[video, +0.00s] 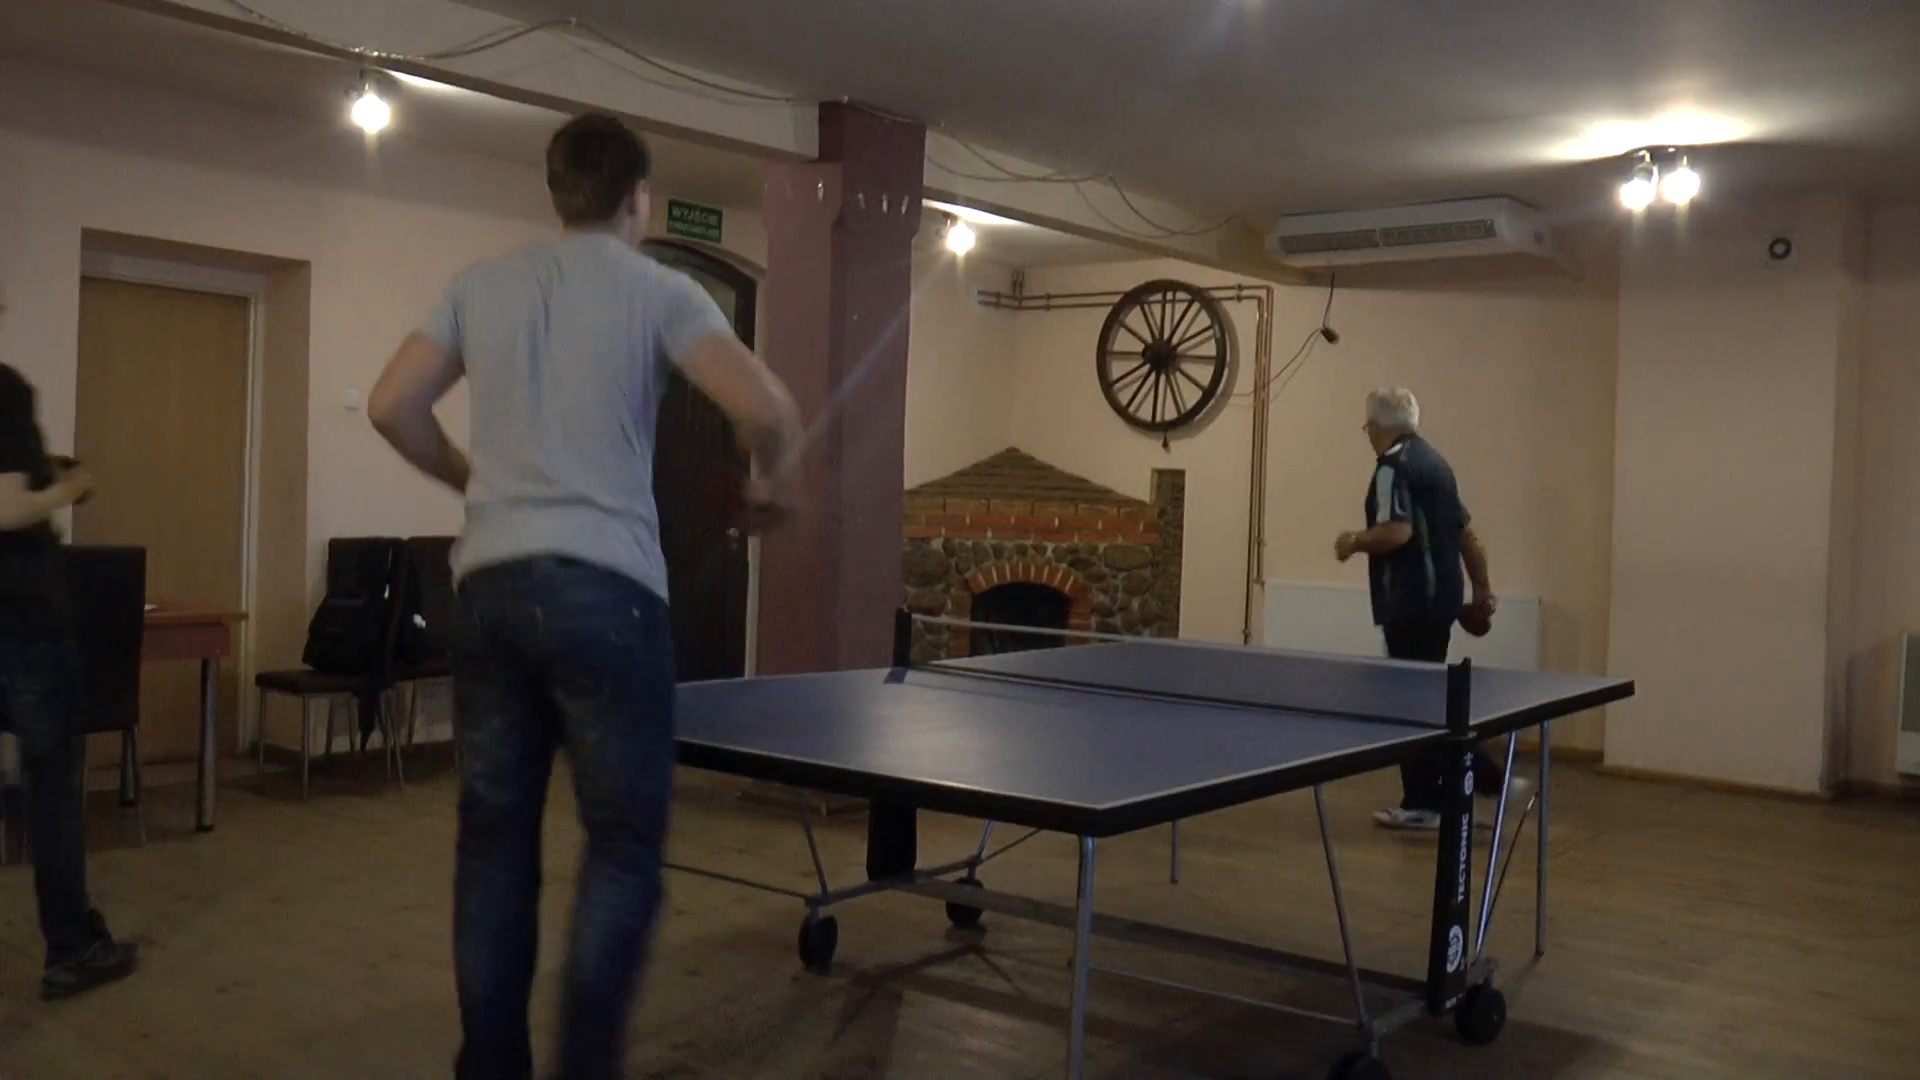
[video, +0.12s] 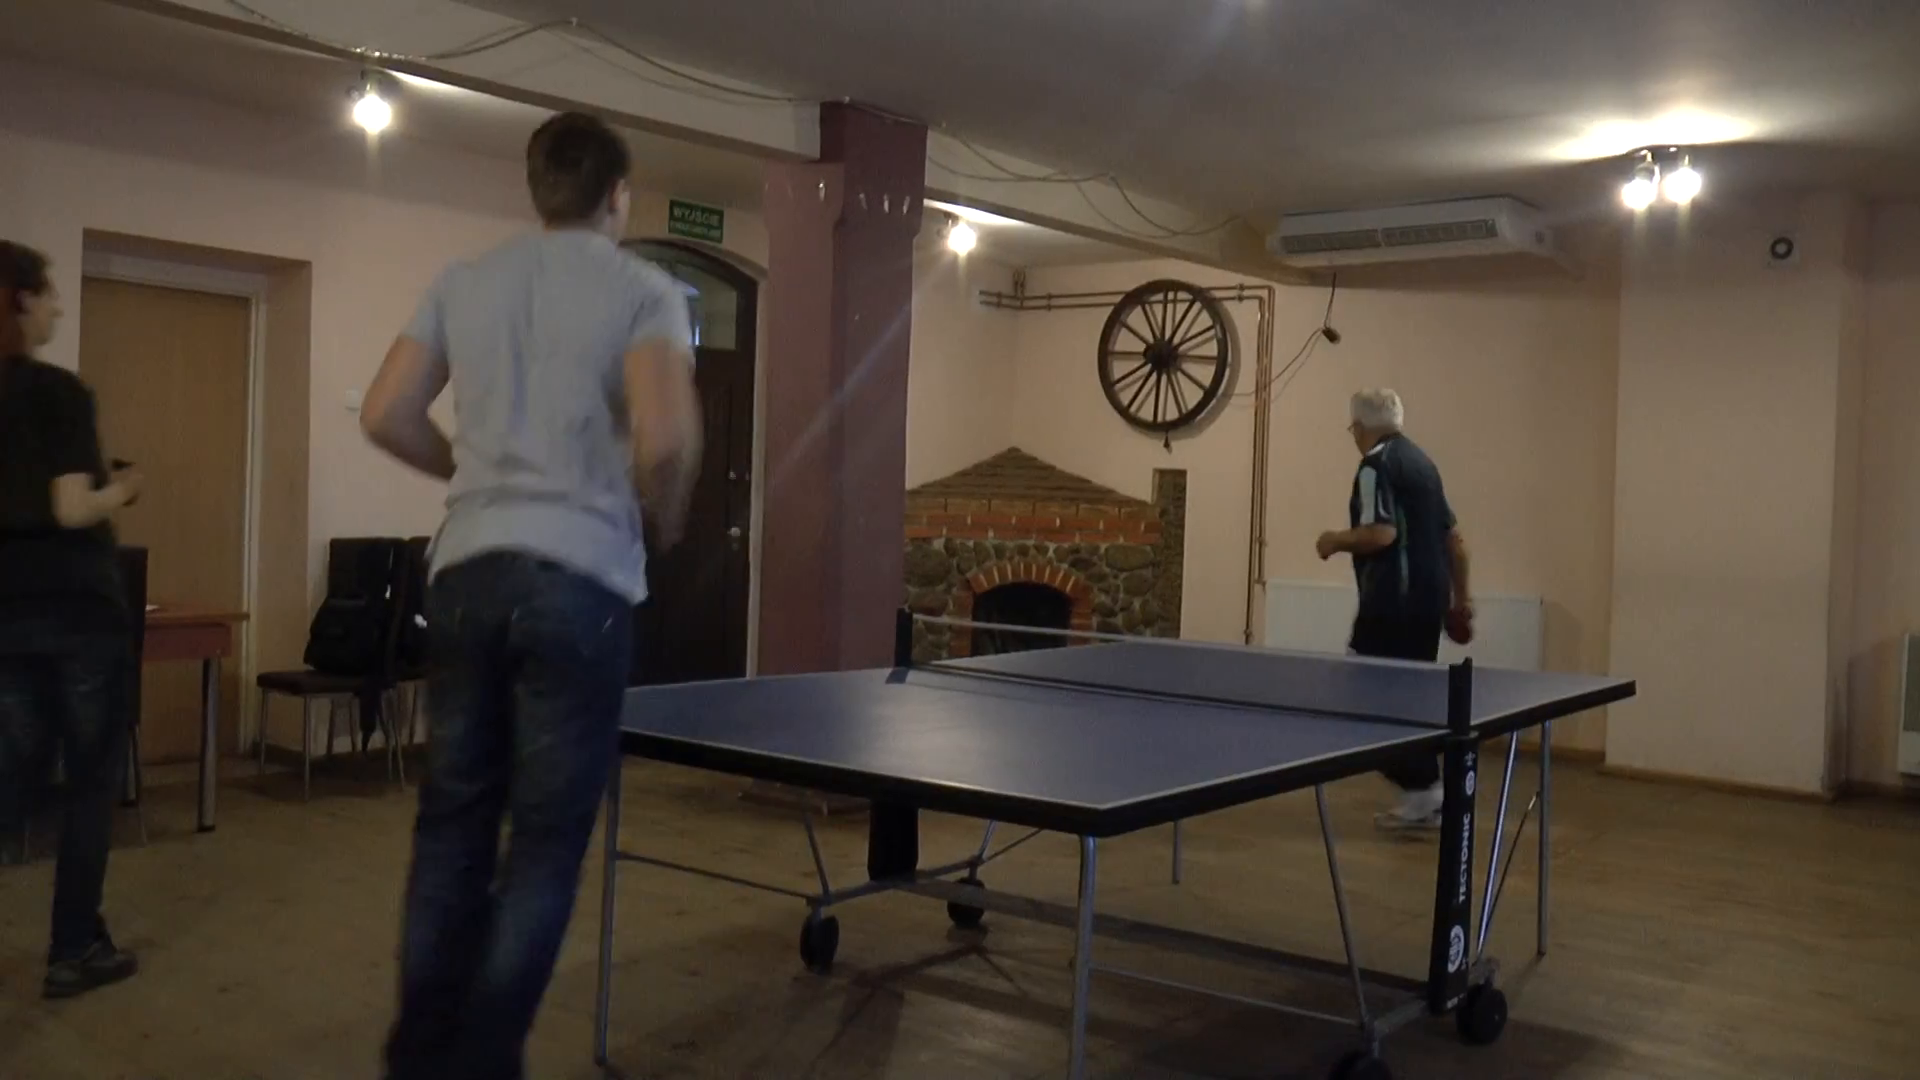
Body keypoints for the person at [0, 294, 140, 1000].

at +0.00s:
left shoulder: (16, 403)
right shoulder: (10, 400)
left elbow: (21, 508)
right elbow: (11, 510)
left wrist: (49, 484)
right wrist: (63, 492)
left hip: (38, 633)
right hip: (28, 637)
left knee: (53, 784)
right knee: (53, 785)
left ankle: (74, 939)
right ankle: (71, 948)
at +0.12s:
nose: (55, 309)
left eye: (51, 296)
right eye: (46, 296)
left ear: (14, 303)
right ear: (17, 303)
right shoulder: (52, 389)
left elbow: (57, 503)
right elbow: (72, 508)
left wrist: (96, 487)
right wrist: (117, 491)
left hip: (18, 615)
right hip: (67, 615)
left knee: (28, 772)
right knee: (90, 776)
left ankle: (76, 942)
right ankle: (76, 946)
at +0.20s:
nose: (93, 308)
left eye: (90, 294)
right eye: (87, 295)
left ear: (23, 303)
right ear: (57, 302)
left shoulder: (8, 383)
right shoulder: (90, 387)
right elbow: (109, 501)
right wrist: (149, 486)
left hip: (27, 604)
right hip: (99, 605)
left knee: (73, 763)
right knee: (100, 775)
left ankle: (8, 883)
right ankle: (79, 948)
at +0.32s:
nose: (134, 308)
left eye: (132, 296)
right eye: (128, 297)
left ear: (63, 302)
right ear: (105, 302)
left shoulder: (39, 385)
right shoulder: (138, 380)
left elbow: (15, 497)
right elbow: (161, 486)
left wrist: (76, 496)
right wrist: (185, 469)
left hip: (69, 595)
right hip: (137, 595)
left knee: (108, 760)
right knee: (117, 770)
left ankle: (102, 921)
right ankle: (80, 945)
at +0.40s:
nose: (160, 316)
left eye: (157, 304)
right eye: (155, 305)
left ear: (90, 310)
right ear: (132, 308)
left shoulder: (69, 389)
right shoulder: (163, 384)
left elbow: (38, 502)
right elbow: (189, 489)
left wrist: (102, 497)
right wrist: (205, 469)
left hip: (83, 590)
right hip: (156, 591)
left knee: (138, 749)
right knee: (129, 759)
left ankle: (160, 895)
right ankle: (82, 937)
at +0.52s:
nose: (193, 332)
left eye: (189, 320)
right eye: (189, 321)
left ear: (125, 325)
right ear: (170, 325)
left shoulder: (105, 404)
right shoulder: (200, 401)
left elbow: (75, 511)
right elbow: (222, 503)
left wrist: (134, 510)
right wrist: (221, 498)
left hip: (120, 590)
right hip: (187, 589)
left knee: (166, 742)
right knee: (149, 758)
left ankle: (203, 866)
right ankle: (90, 925)